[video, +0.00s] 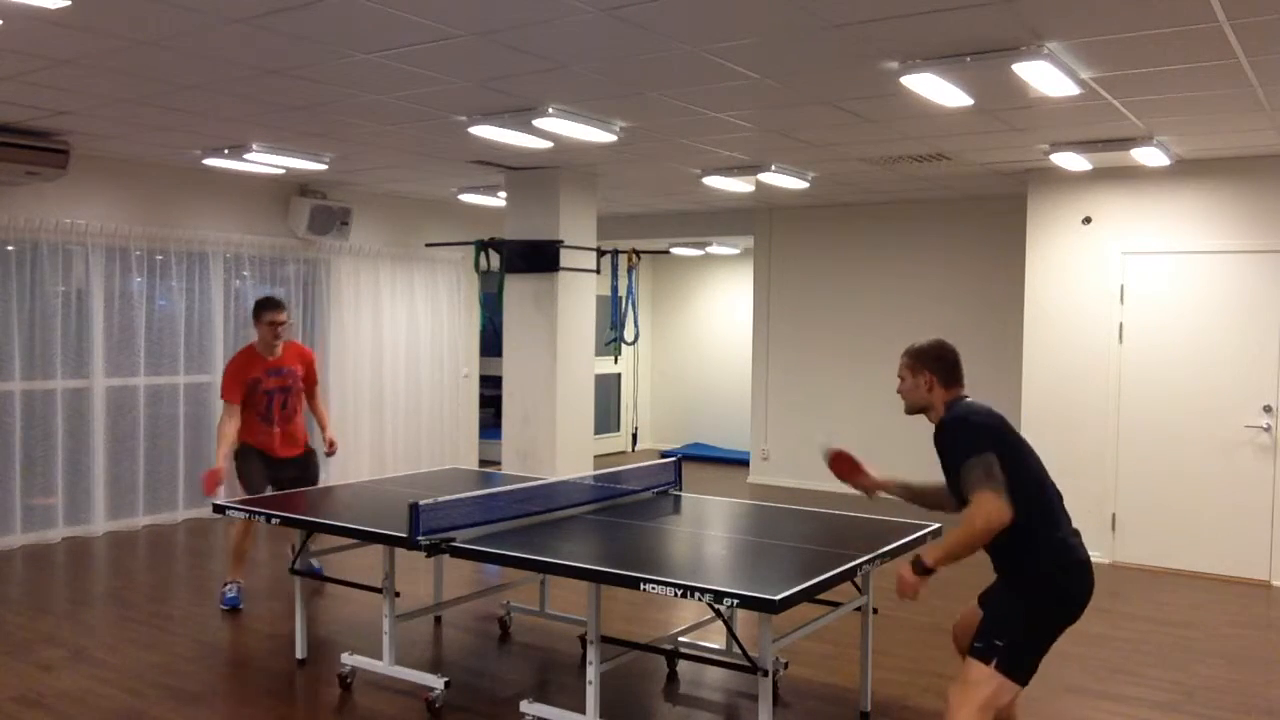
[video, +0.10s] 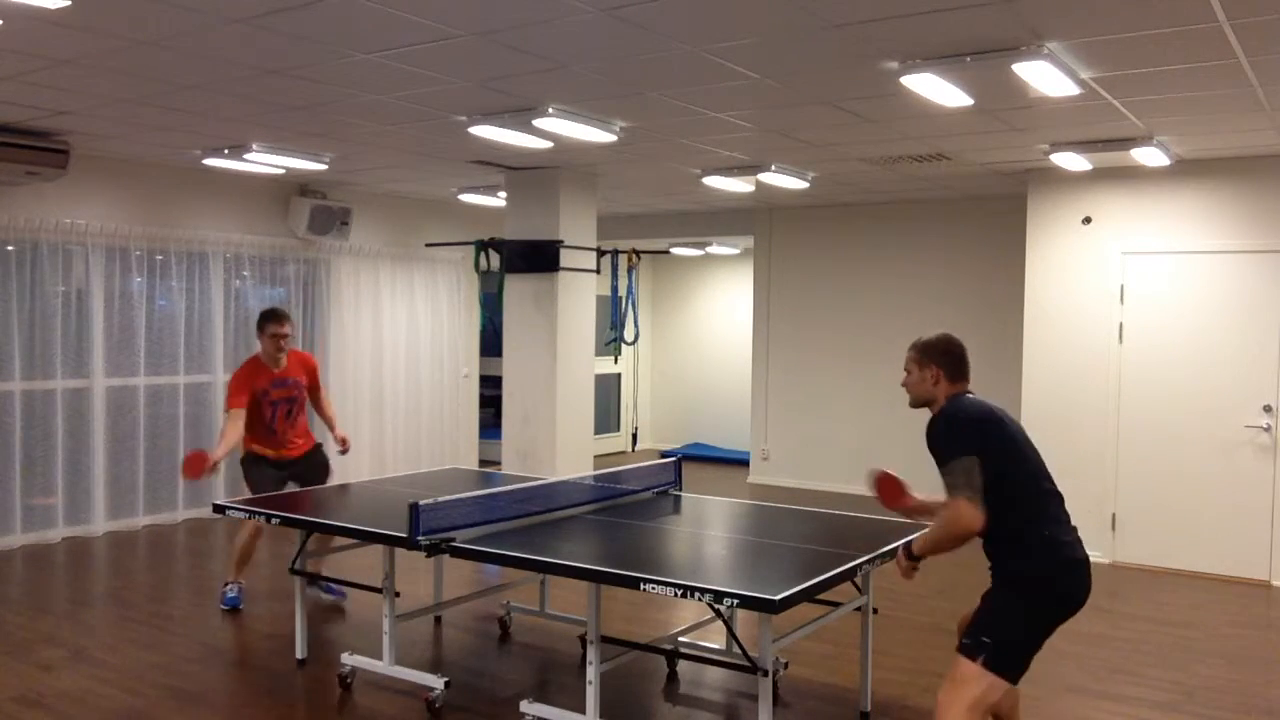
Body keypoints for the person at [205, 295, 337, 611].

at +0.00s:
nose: (279, 331)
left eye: (283, 324)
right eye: (272, 325)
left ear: (288, 323)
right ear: (256, 325)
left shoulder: (302, 357)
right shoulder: (239, 365)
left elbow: (312, 394)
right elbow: (230, 417)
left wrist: (326, 430)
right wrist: (221, 463)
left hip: (294, 447)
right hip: (253, 448)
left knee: (303, 505)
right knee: (255, 504)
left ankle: (300, 554)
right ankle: (234, 581)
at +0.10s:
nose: (282, 343)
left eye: (287, 337)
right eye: (275, 337)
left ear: (292, 337)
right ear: (260, 337)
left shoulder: (305, 364)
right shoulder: (244, 377)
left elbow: (318, 397)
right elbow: (235, 423)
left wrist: (335, 430)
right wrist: (217, 455)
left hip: (304, 452)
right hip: (262, 456)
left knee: (328, 512)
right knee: (260, 516)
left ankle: (314, 573)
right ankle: (234, 582)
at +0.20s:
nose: (292, 354)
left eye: (297, 348)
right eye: (286, 348)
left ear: (302, 347)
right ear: (268, 347)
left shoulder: (310, 372)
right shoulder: (260, 382)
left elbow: (322, 403)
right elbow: (256, 417)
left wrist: (346, 431)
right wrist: (246, 426)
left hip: (312, 461)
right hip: (271, 467)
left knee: (340, 529)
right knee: (265, 537)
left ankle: (341, 595)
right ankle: (237, 582)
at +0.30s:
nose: (305, 361)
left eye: (309, 355)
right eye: (298, 356)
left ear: (312, 356)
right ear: (280, 356)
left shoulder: (316, 382)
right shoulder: (269, 390)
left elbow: (325, 417)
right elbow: (273, 405)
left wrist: (355, 437)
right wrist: (285, 411)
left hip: (319, 475)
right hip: (279, 482)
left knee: (343, 537)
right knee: (273, 555)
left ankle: (342, 603)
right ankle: (238, 578)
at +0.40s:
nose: (316, 358)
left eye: (318, 352)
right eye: (310, 352)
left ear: (319, 354)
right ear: (290, 353)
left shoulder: (319, 384)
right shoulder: (272, 388)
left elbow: (326, 426)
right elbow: (282, 418)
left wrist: (360, 456)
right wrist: (289, 416)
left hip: (317, 476)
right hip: (278, 485)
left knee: (346, 536)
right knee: (281, 559)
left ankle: (343, 604)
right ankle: (236, 572)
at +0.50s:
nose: (317, 348)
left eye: (319, 342)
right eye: (310, 342)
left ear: (319, 345)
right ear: (289, 344)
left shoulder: (316, 379)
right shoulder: (271, 381)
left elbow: (321, 426)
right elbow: (268, 428)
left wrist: (345, 463)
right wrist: (284, 444)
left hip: (310, 474)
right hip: (273, 483)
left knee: (345, 530)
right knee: (276, 556)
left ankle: (344, 604)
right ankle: (225, 573)